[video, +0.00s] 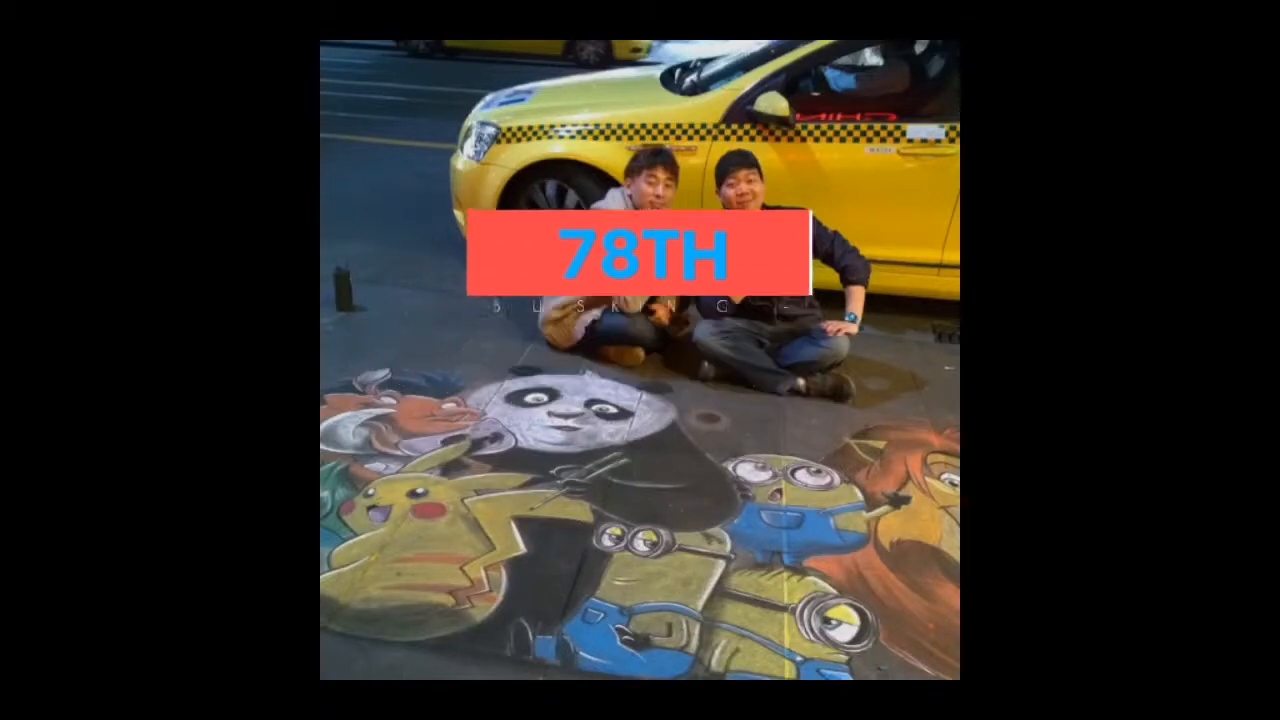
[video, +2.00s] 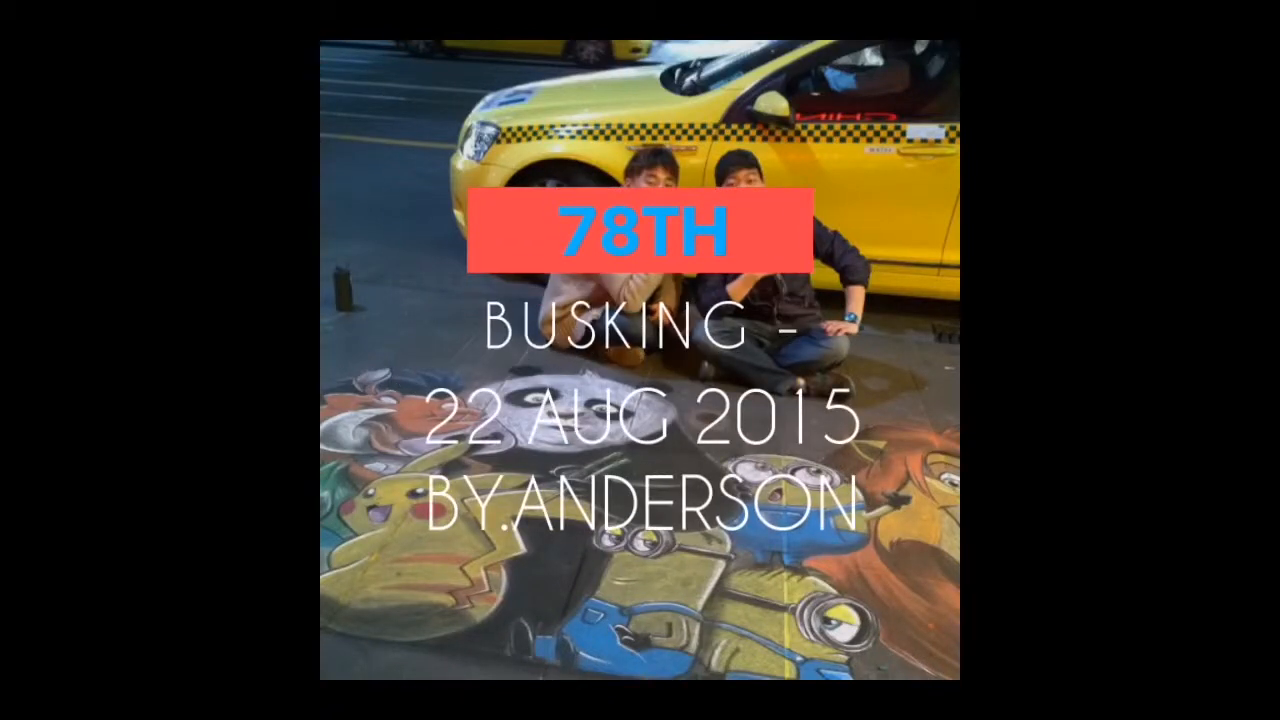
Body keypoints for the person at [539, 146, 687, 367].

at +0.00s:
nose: (659, 193)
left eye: (668, 185)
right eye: (651, 182)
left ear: (675, 192)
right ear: (629, 184)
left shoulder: (661, 220)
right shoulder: (609, 214)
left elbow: (675, 272)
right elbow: (630, 304)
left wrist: (665, 303)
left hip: (614, 307)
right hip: (569, 317)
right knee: (638, 327)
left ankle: (628, 346)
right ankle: (674, 335)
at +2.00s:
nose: (659, 191)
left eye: (668, 184)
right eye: (651, 181)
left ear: (675, 189)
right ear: (629, 182)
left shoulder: (657, 223)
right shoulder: (604, 222)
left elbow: (669, 278)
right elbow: (629, 300)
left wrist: (665, 304)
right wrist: (664, 248)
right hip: (565, 318)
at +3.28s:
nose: (660, 193)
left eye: (668, 185)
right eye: (651, 182)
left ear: (675, 192)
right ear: (629, 184)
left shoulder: (656, 222)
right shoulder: (605, 227)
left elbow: (670, 268)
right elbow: (629, 300)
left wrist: (665, 304)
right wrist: (658, 250)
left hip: (608, 307)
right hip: (567, 319)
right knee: (638, 328)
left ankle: (632, 348)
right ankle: (669, 336)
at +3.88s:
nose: (660, 193)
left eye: (668, 185)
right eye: (651, 183)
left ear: (675, 192)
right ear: (629, 184)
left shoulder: (656, 220)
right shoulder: (605, 228)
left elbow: (668, 285)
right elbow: (626, 298)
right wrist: (657, 252)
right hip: (565, 323)